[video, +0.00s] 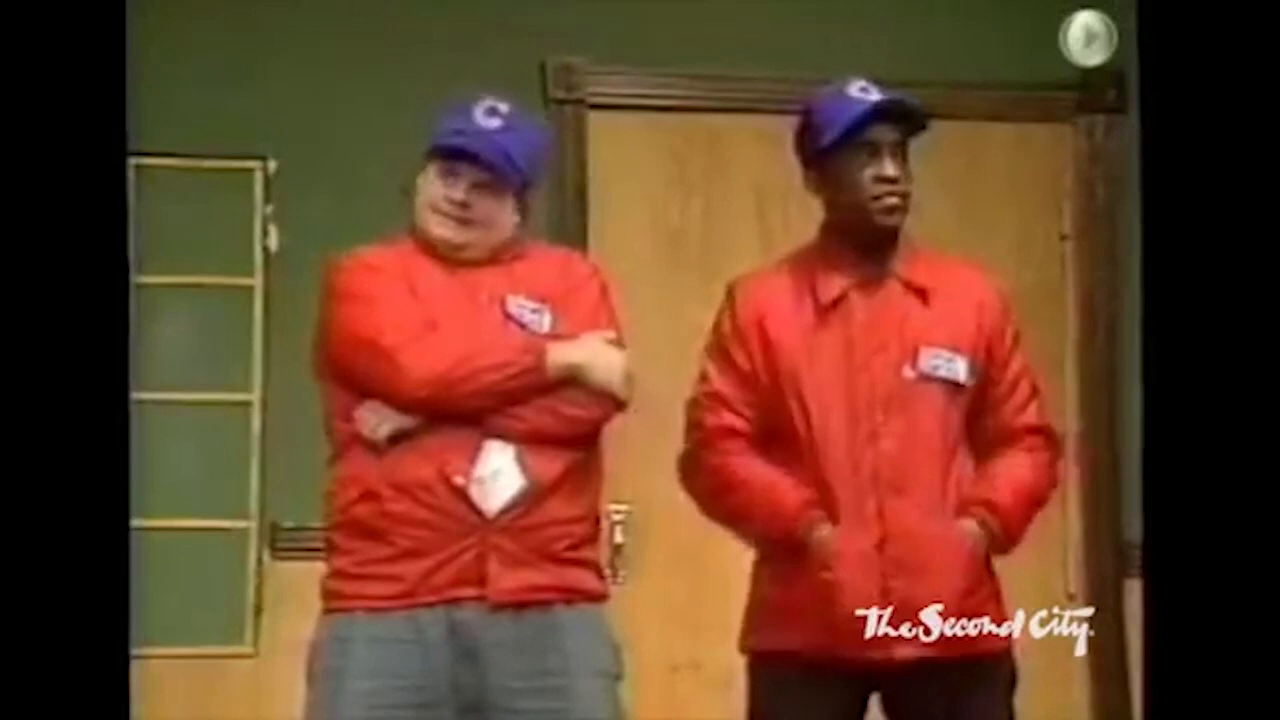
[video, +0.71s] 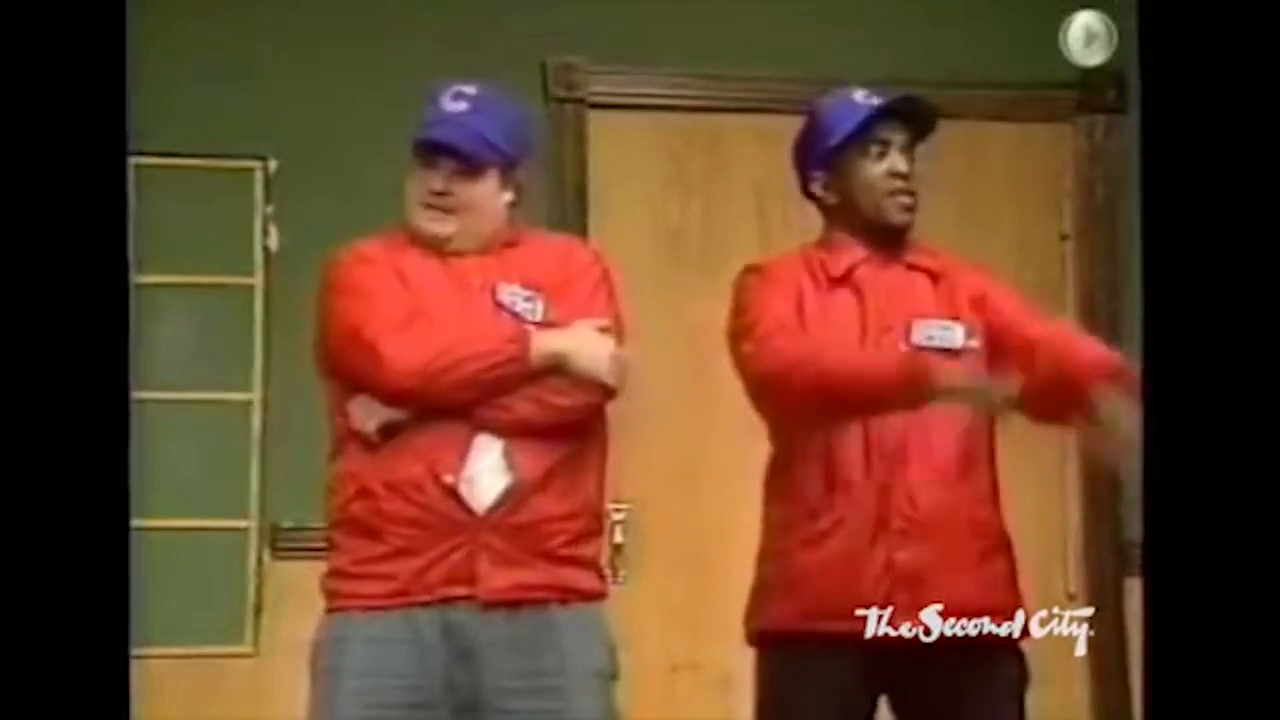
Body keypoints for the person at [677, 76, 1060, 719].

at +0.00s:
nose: (890, 171)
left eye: (899, 153)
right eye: (866, 154)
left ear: (913, 164)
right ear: (818, 174)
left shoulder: (970, 299)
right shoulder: (757, 305)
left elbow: (1027, 441)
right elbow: (710, 452)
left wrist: (981, 525)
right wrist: (807, 528)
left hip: (952, 630)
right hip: (805, 636)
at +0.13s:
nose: (900, 169)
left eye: (908, 151)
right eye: (875, 151)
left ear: (920, 163)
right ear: (825, 171)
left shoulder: (975, 297)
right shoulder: (760, 299)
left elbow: (1044, 425)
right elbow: (686, 429)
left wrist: (1003, 486)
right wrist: (776, 476)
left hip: (953, 630)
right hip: (805, 634)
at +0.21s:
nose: (905, 167)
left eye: (913, 150)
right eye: (881, 149)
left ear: (926, 164)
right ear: (830, 170)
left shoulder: (976, 297)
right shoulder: (762, 295)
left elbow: (1069, 433)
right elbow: (676, 417)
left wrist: (998, 482)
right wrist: (751, 437)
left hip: (955, 630)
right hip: (806, 632)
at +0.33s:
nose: (908, 167)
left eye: (916, 150)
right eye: (885, 149)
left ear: (927, 163)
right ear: (832, 170)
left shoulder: (977, 296)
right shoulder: (763, 294)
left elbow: (1039, 422)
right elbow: (672, 416)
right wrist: (744, 442)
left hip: (956, 628)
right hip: (808, 632)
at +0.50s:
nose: (910, 168)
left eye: (917, 151)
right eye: (885, 150)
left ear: (928, 165)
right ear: (829, 176)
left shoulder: (975, 299)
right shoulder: (765, 294)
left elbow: (1063, 388)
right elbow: (692, 416)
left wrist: (1124, 427)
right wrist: (770, 455)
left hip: (959, 628)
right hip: (812, 631)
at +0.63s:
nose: (903, 172)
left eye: (909, 155)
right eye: (880, 155)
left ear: (920, 169)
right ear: (824, 182)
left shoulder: (965, 291)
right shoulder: (773, 286)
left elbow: (1066, 371)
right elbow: (768, 392)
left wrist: (1138, 404)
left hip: (961, 621)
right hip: (816, 623)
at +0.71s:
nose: (903, 168)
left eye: (908, 152)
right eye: (878, 152)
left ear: (920, 167)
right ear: (822, 182)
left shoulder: (961, 286)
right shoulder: (775, 283)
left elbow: (1040, 348)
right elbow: (781, 375)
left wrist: (1105, 388)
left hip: (963, 617)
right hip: (816, 618)